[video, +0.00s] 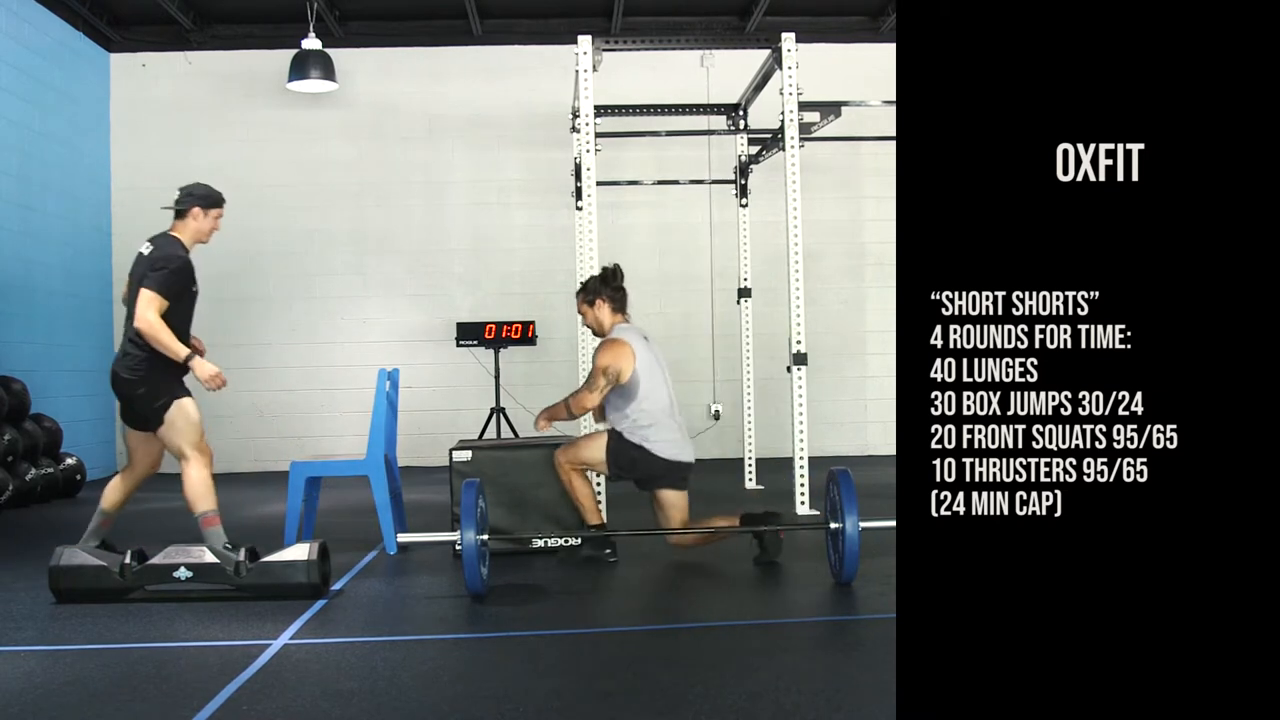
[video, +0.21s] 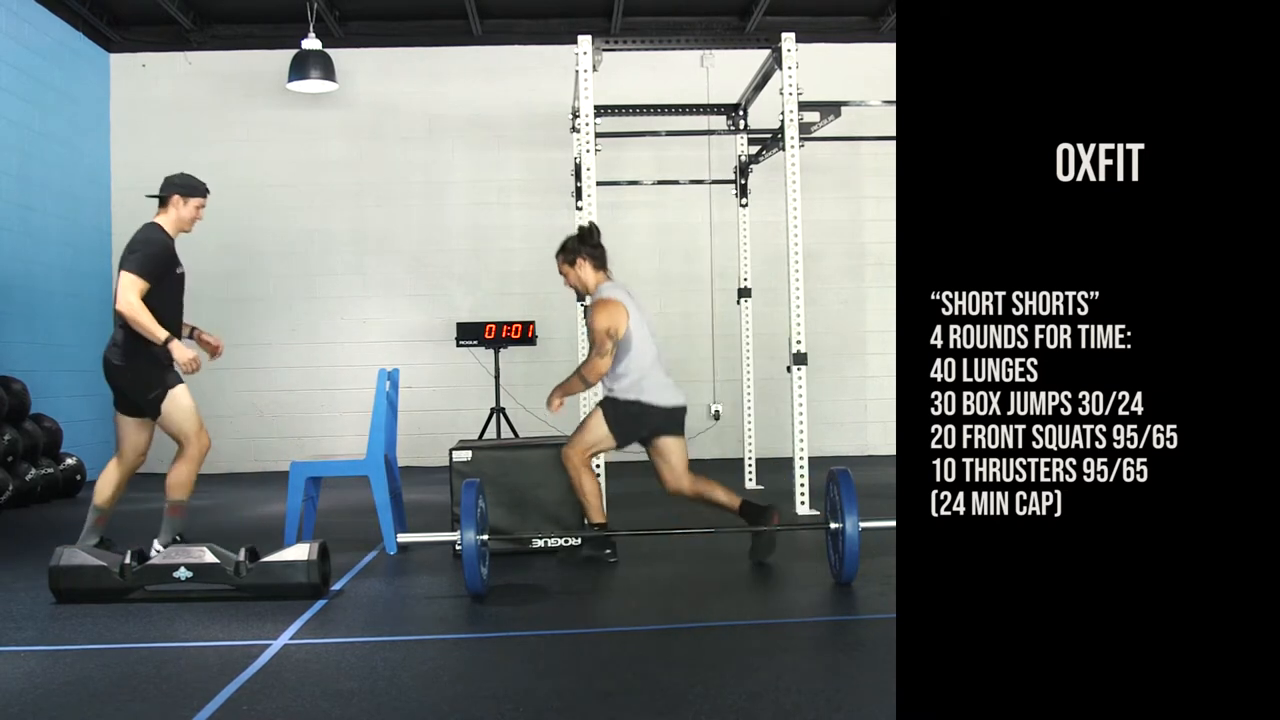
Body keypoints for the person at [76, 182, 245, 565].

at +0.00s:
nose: (217, 228)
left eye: (219, 220)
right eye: (215, 219)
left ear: (188, 215)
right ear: (194, 214)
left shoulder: (154, 247)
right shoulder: (174, 258)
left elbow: (129, 297)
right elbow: (145, 320)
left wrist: (181, 337)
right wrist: (194, 362)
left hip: (132, 371)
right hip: (153, 375)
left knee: (142, 464)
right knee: (196, 455)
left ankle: (87, 545)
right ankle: (222, 553)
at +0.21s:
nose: (200, 216)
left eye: (202, 209)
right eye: (197, 207)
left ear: (175, 204)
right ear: (176, 202)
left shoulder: (158, 241)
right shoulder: (153, 241)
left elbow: (153, 309)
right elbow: (127, 302)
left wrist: (195, 333)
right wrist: (172, 343)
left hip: (132, 360)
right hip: (143, 362)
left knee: (130, 456)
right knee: (196, 442)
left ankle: (87, 544)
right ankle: (167, 544)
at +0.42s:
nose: (211, 213)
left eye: (213, 206)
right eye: (208, 205)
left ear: (188, 202)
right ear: (185, 200)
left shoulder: (175, 241)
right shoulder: (162, 240)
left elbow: (174, 304)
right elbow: (134, 301)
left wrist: (212, 324)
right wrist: (184, 332)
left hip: (141, 358)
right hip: (152, 361)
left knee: (136, 447)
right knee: (182, 447)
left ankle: (89, 537)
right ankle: (162, 543)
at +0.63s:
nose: (235, 216)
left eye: (237, 209)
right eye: (232, 207)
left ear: (213, 204)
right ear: (211, 201)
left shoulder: (197, 241)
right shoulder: (183, 238)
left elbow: (184, 304)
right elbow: (163, 300)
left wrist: (205, 348)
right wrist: (213, 335)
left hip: (182, 353)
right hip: (158, 354)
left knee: (221, 417)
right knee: (173, 446)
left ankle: (156, 483)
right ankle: (162, 542)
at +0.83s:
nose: (266, 238)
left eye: (269, 232)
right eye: (266, 229)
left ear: (249, 222)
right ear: (248, 219)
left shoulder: (226, 253)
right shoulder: (214, 243)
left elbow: (204, 303)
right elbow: (200, 289)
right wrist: (255, 320)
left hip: (199, 344)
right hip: (169, 350)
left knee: (269, 345)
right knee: (202, 446)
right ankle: (162, 535)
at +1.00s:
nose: (291, 265)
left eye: (295, 259)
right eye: (290, 256)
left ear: (274, 249)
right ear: (272, 246)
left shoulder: (248, 281)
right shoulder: (237, 265)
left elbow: (226, 331)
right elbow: (214, 302)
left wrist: (250, 362)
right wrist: (244, 347)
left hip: (219, 364)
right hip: (190, 367)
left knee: (289, 350)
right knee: (215, 458)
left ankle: (300, 440)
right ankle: (175, 537)